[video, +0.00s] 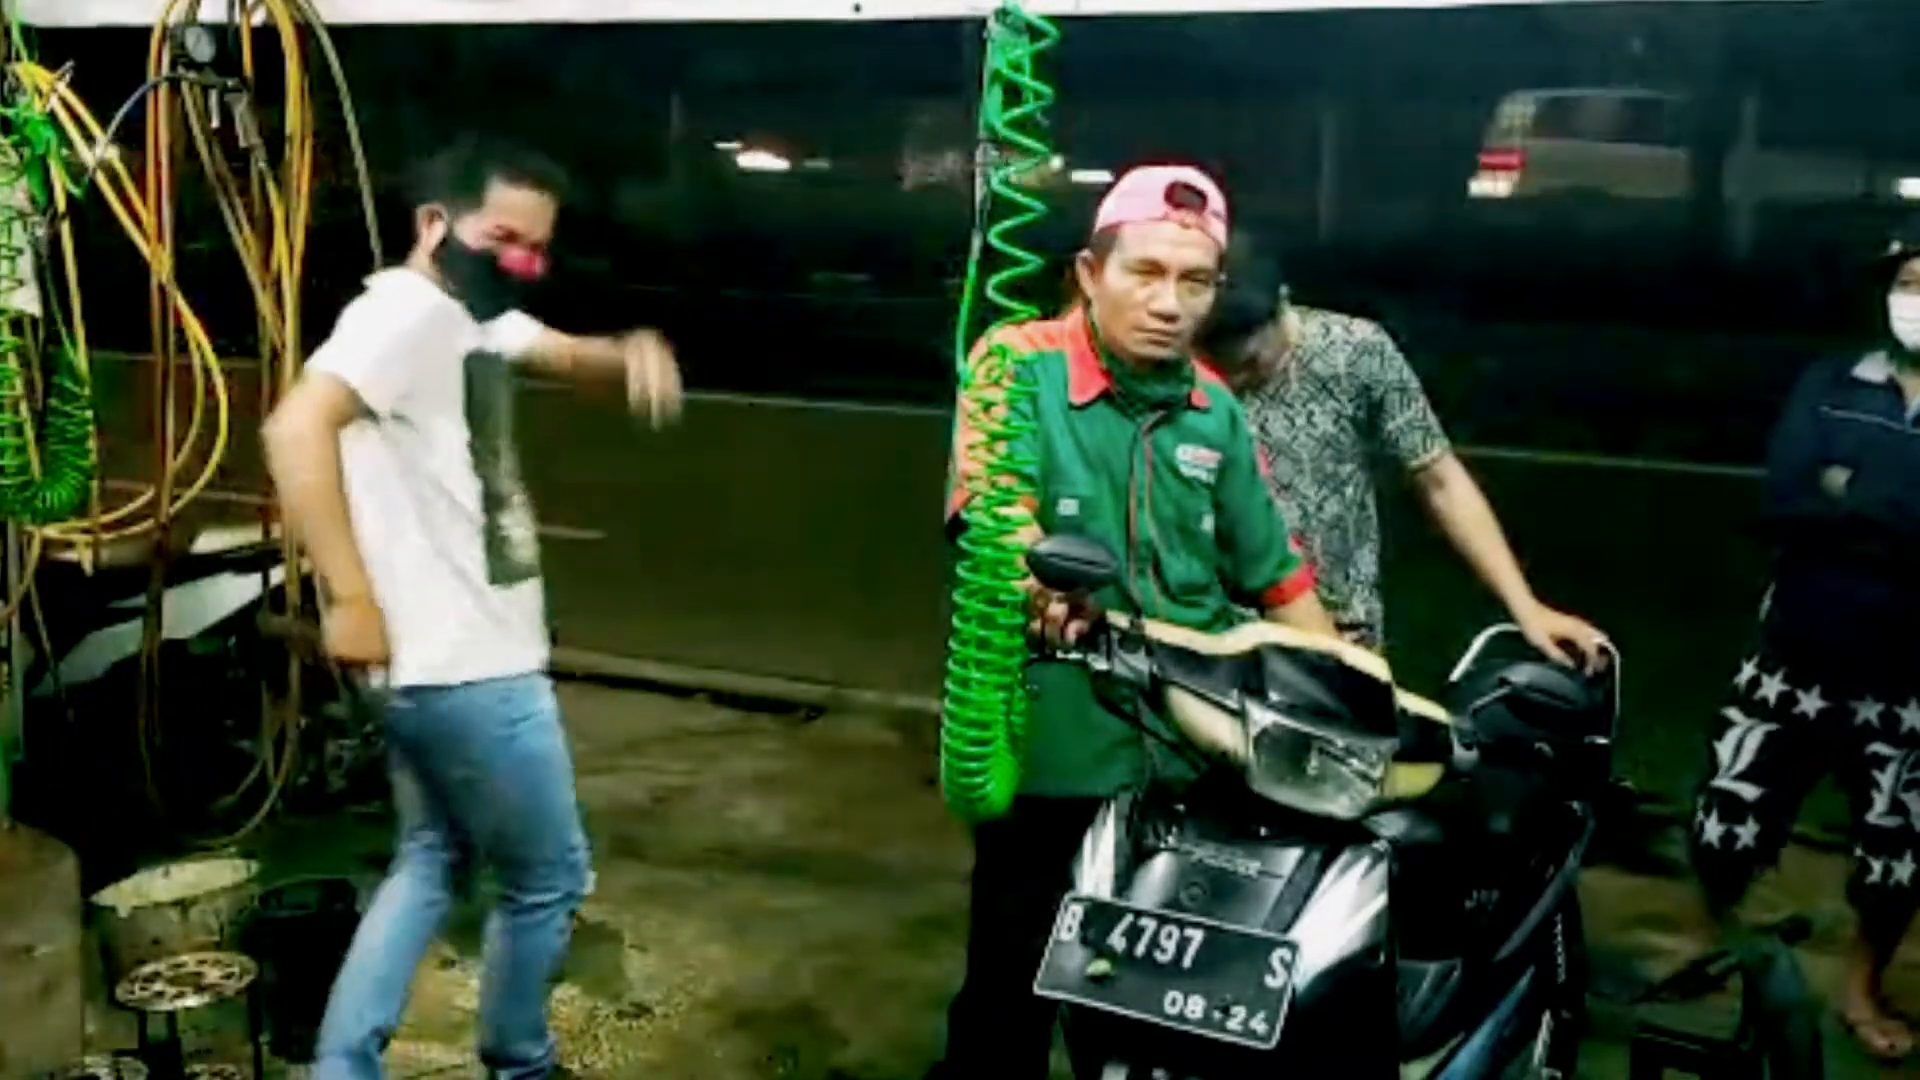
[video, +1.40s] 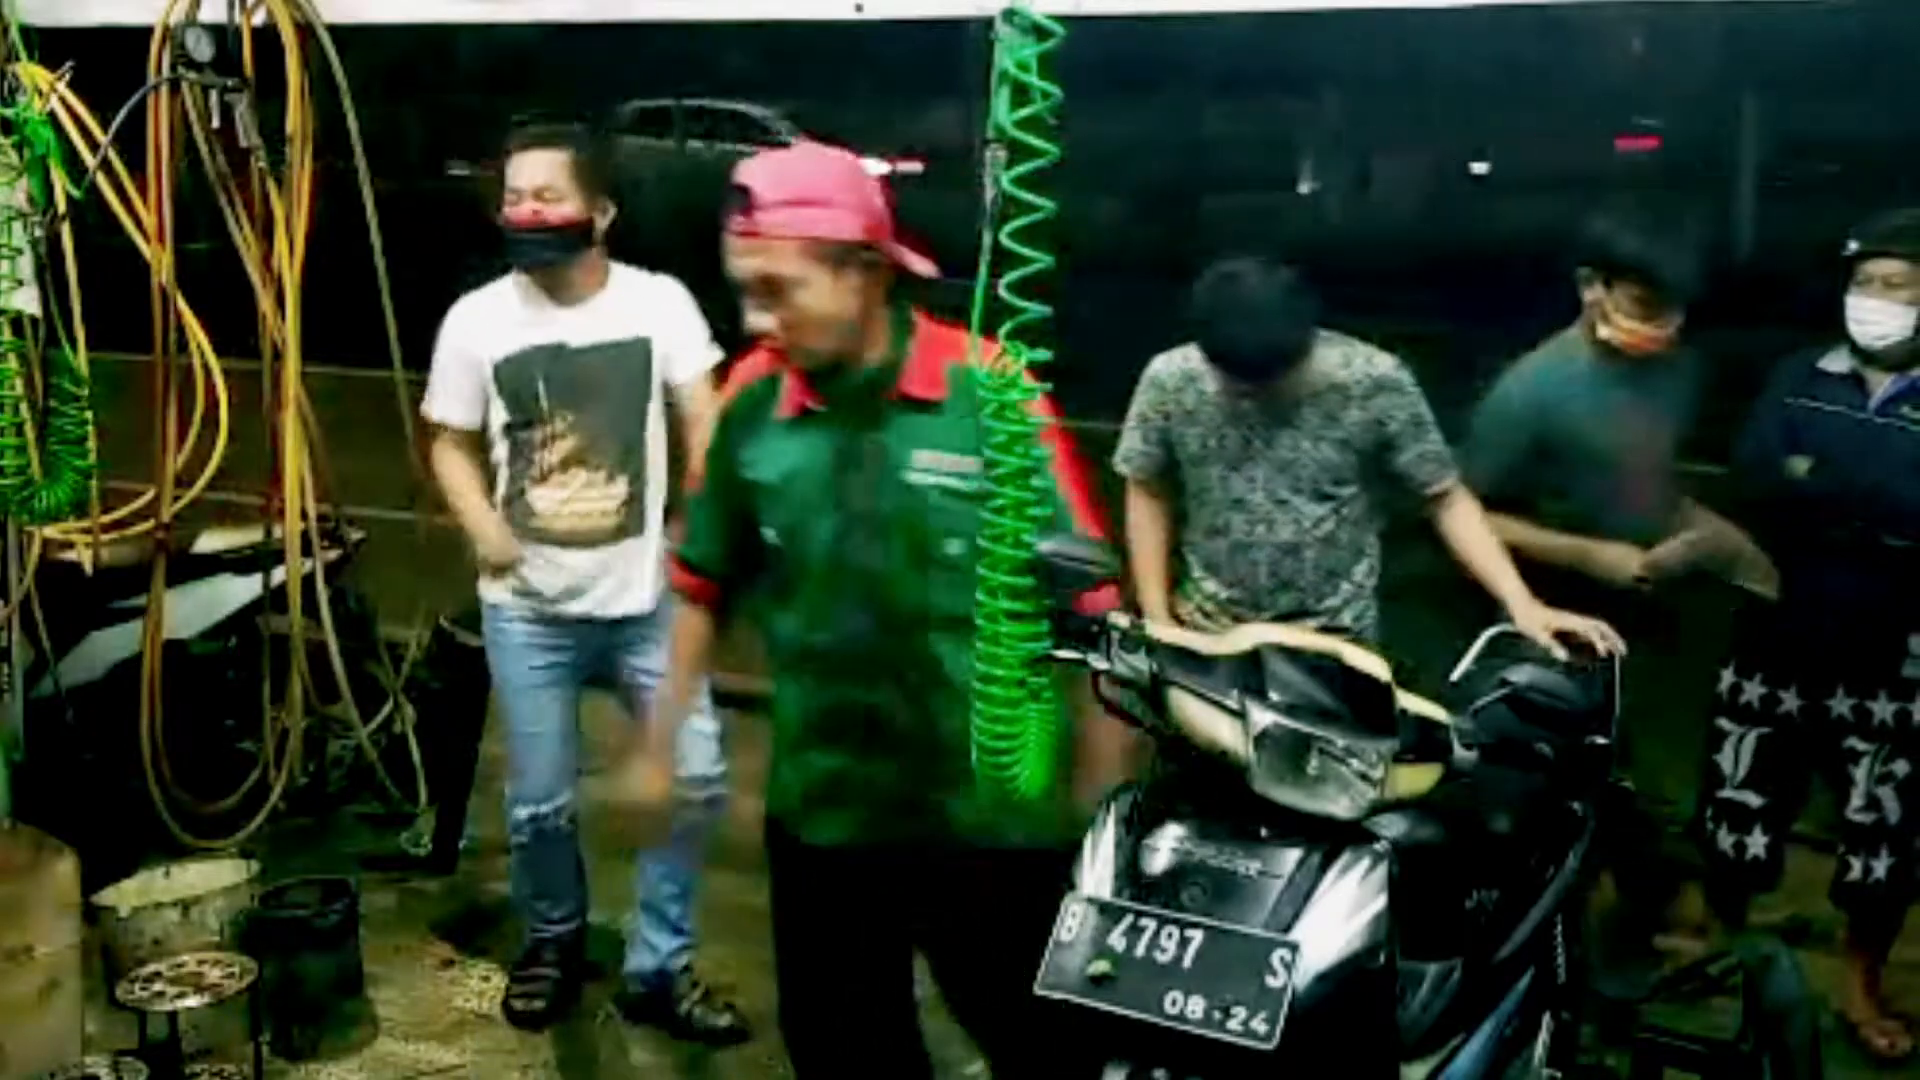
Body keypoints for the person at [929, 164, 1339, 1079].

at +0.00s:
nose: (1169, 303)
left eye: (1194, 282)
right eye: (1146, 274)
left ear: (1217, 296)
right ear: (1090, 274)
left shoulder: (1215, 412)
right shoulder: (1017, 367)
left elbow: (1282, 584)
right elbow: (987, 509)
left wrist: (1344, 699)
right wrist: (1043, 596)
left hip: (1188, 754)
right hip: (1050, 752)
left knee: (1159, 1009)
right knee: (1007, 1010)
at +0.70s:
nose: (1045, 322)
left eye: (1069, 298)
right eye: (1031, 298)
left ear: (1138, 294)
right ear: (1014, 296)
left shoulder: (1189, 409)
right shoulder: (969, 386)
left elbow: (1283, 588)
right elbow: (943, 557)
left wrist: (1353, 678)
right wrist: (1037, 596)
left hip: (1161, 773)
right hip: (1015, 776)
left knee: (1141, 1036)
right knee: (943, 1025)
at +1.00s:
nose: (952, 335)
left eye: (977, 313)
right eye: (941, 310)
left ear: (1059, 306)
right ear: (927, 300)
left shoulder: (1135, 407)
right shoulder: (902, 407)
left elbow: (1241, 596)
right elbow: (885, 604)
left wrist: (1337, 663)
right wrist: (1012, 648)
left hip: (1121, 774)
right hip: (960, 775)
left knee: (1135, 1023)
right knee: (890, 1018)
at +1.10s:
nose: (903, 345)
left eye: (926, 319)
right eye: (888, 318)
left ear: (1006, 306)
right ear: (873, 308)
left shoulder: (1100, 408)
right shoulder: (861, 418)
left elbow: (1211, 586)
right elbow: (853, 616)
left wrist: (1325, 652)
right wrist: (970, 713)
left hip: (1092, 792)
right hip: (922, 790)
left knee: (1135, 1033)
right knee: (863, 1039)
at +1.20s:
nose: (842, 336)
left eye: (864, 311)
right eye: (829, 312)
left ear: (950, 293)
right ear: (816, 303)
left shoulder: (1054, 404)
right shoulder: (818, 420)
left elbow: (1171, 591)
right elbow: (801, 624)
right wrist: (869, 776)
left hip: (1049, 812)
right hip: (876, 809)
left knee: (1112, 1051)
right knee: (847, 1056)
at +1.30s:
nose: (781, 328)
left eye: (800, 301)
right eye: (771, 302)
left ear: (888, 288)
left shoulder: (1016, 400)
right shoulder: (779, 418)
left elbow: (1112, 577)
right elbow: (734, 610)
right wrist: (742, 779)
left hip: (1011, 817)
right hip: (840, 819)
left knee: (1071, 1054)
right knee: (843, 1058)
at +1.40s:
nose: (757, 321)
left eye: (776, 293)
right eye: (746, 296)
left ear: (864, 275)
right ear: (741, 284)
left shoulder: (990, 396)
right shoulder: (750, 411)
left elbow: (1090, 602)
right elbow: (699, 588)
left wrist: (1101, 799)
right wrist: (658, 740)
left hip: (990, 819)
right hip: (826, 820)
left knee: (1039, 1046)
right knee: (844, 1054)